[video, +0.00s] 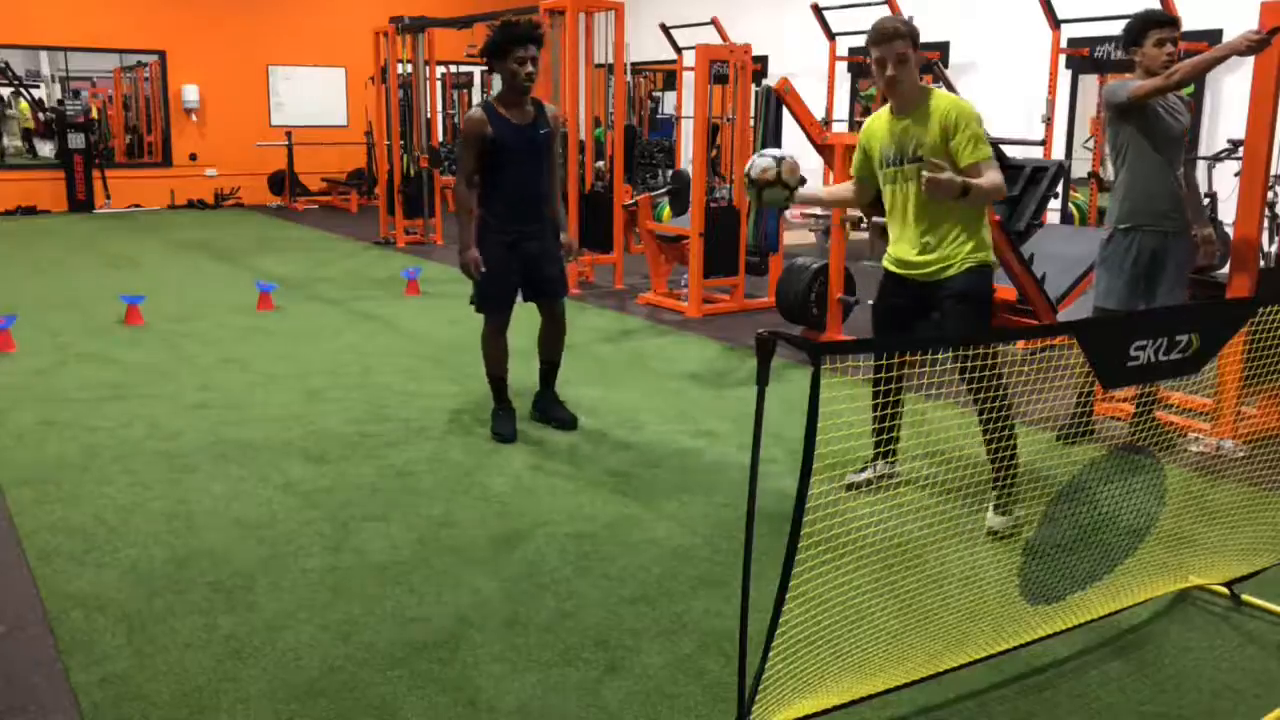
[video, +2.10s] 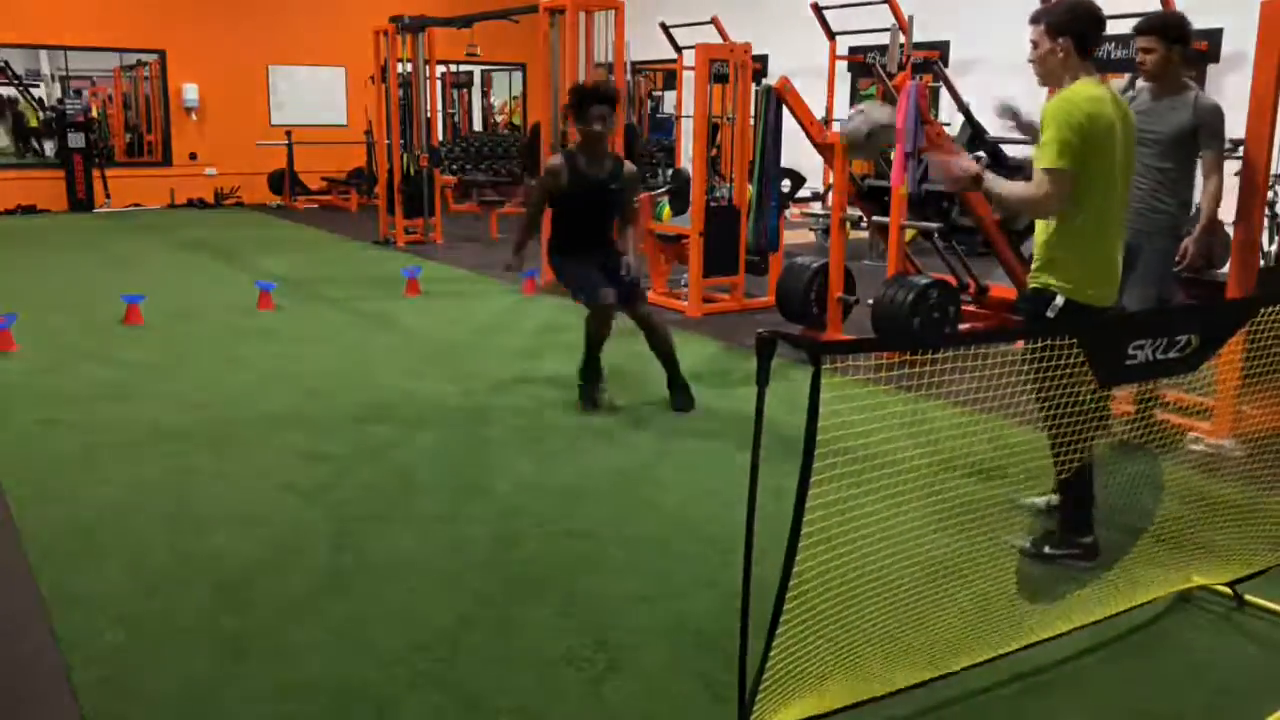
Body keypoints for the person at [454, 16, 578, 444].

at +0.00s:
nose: (527, 69)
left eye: (532, 61)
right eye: (517, 62)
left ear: (538, 65)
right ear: (497, 67)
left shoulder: (547, 118)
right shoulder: (478, 123)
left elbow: (553, 181)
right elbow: (464, 185)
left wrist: (564, 228)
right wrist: (467, 245)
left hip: (541, 237)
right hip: (496, 240)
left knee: (555, 314)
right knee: (495, 324)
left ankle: (547, 396)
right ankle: (502, 406)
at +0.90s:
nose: (556, 79)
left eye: (560, 71)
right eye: (546, 71)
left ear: (565, 76)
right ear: (522, 77)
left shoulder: (567, 125)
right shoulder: (501, 130)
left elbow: (571, 174)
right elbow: (477, 185)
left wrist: (592, 210)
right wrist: (483, 242)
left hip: (555, 238)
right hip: (513, 242)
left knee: (569, 312)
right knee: (511, 320)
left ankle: (558, 391)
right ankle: (505, 403)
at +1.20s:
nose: (561, 83)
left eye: (563, 77)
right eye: (551, 77)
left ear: (569, 84)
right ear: (531, 90)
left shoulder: (577, 137)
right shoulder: (516, 143)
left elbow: (591, 187)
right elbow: (496, 194)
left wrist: (629, 174)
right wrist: (508, 214)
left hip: (559, 238)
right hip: (524, 239)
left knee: (580, 314)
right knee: (531, 321)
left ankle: (568, 394)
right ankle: (502, 394)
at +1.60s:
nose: (586, 78)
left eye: (590, 70)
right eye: (579, 70)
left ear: (592, 70)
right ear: (556, 71)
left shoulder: (600, 115)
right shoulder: (538, 122)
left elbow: (622, 164)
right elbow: (522, 173)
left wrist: (630, 165)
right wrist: (530, 208)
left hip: (598, 226)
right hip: (557, 228)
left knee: (617, 300)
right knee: (551, 304)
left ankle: (616, 376)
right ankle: (522, 362)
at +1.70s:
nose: (604, 98)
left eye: (608, 90)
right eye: (597, 90)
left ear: (610, 89)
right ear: (577, 87)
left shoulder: (612, 127)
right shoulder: (547, 129)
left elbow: (614, 171)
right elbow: (523, 171)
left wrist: (636, 184)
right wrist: (521, 216)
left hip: (603, 224)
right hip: (566, 225)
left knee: (621, 301)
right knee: (589, 304)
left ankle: (620, 381)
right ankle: (554, 351)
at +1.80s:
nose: (616, 104)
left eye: (619, 96)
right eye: (610, 96)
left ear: (621, 98)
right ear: (589, 96)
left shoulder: (624, 138)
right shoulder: (557, 135)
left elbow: (634, 181)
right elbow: (525, 175)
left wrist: (645, 203)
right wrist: (515, 225)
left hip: (604, 226)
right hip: (569, 226)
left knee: (624, 296)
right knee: (613, 288)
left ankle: (620, 379)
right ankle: (599, 366)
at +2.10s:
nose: (597, 128)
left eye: (604, 121)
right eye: (590, 121)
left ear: (612, 125)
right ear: (576, 125)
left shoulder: (625, 172)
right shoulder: (558, 169)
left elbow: (628, 221)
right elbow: (533, 213)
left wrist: (631, 256)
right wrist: (518, 252)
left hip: (606, 252)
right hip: (568, 254)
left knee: (644, 314)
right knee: (604, 302)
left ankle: (676, 379)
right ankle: (590, 371)